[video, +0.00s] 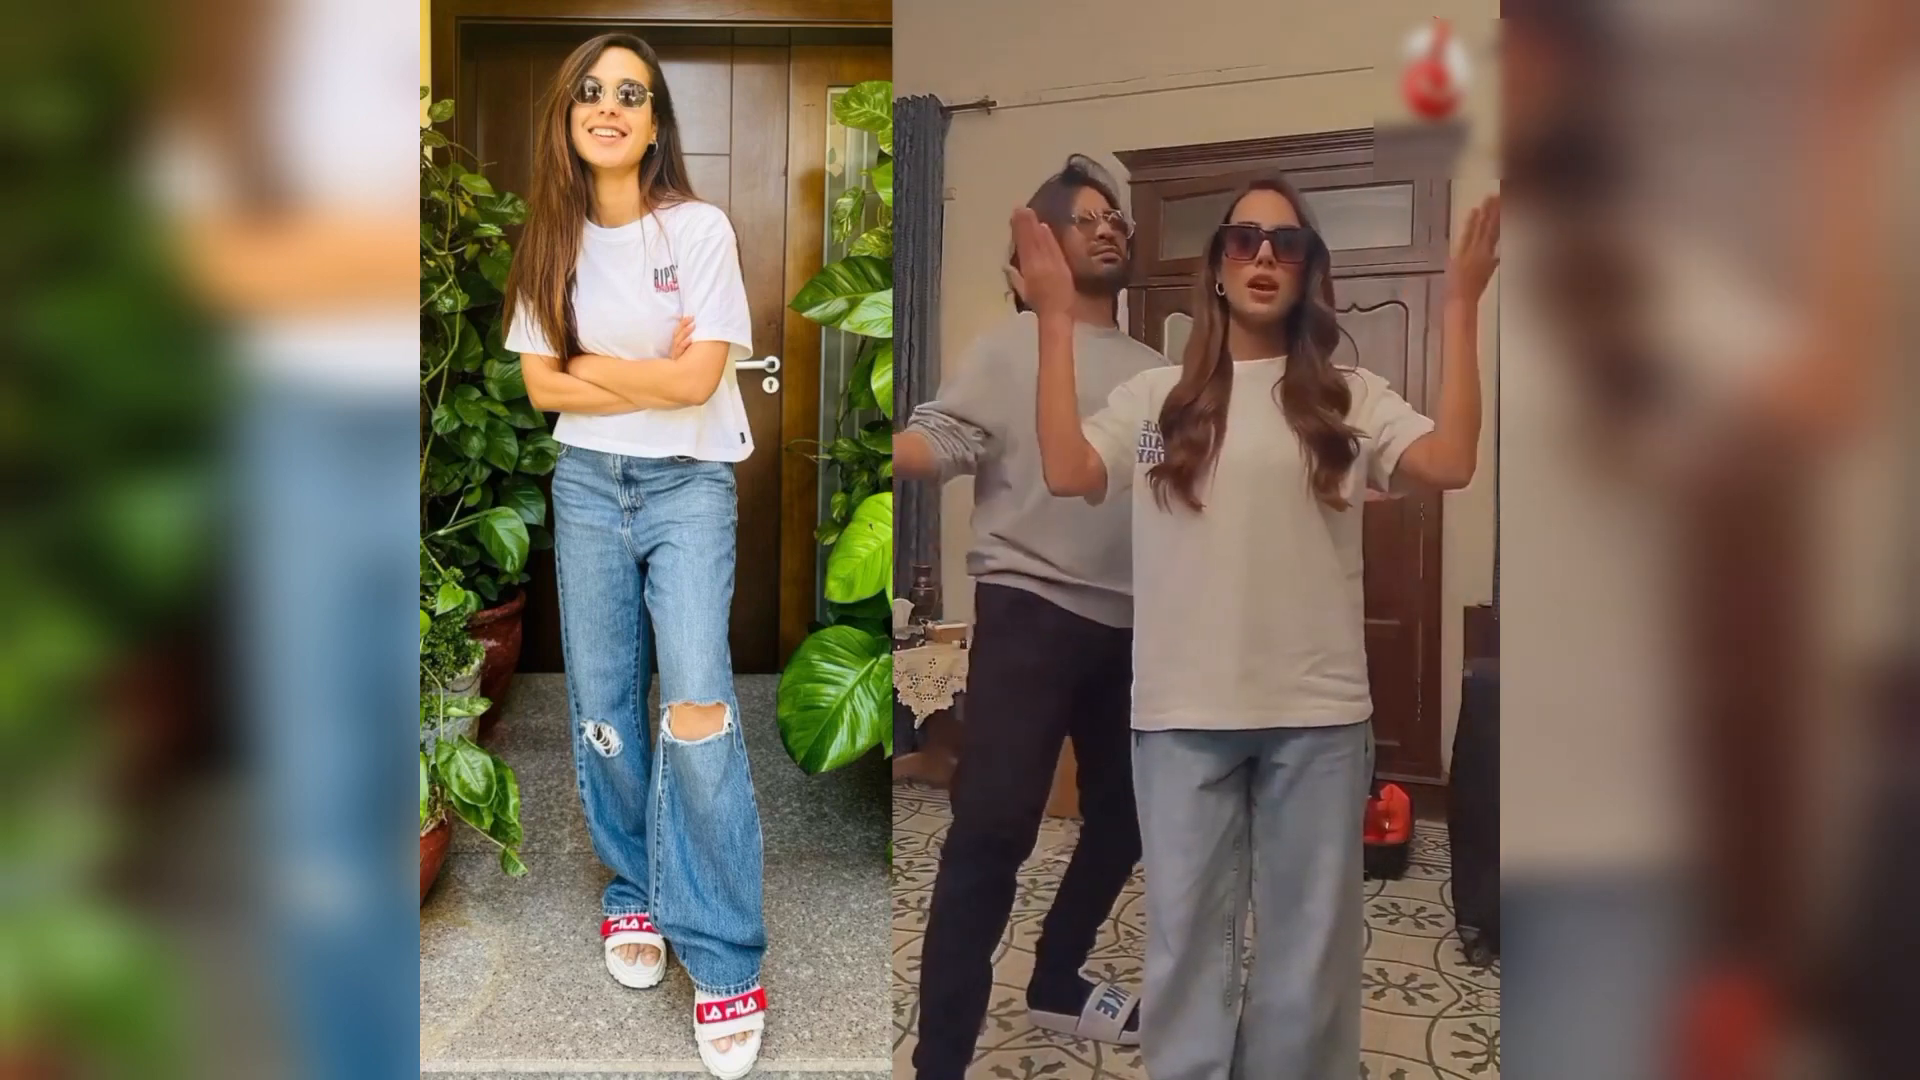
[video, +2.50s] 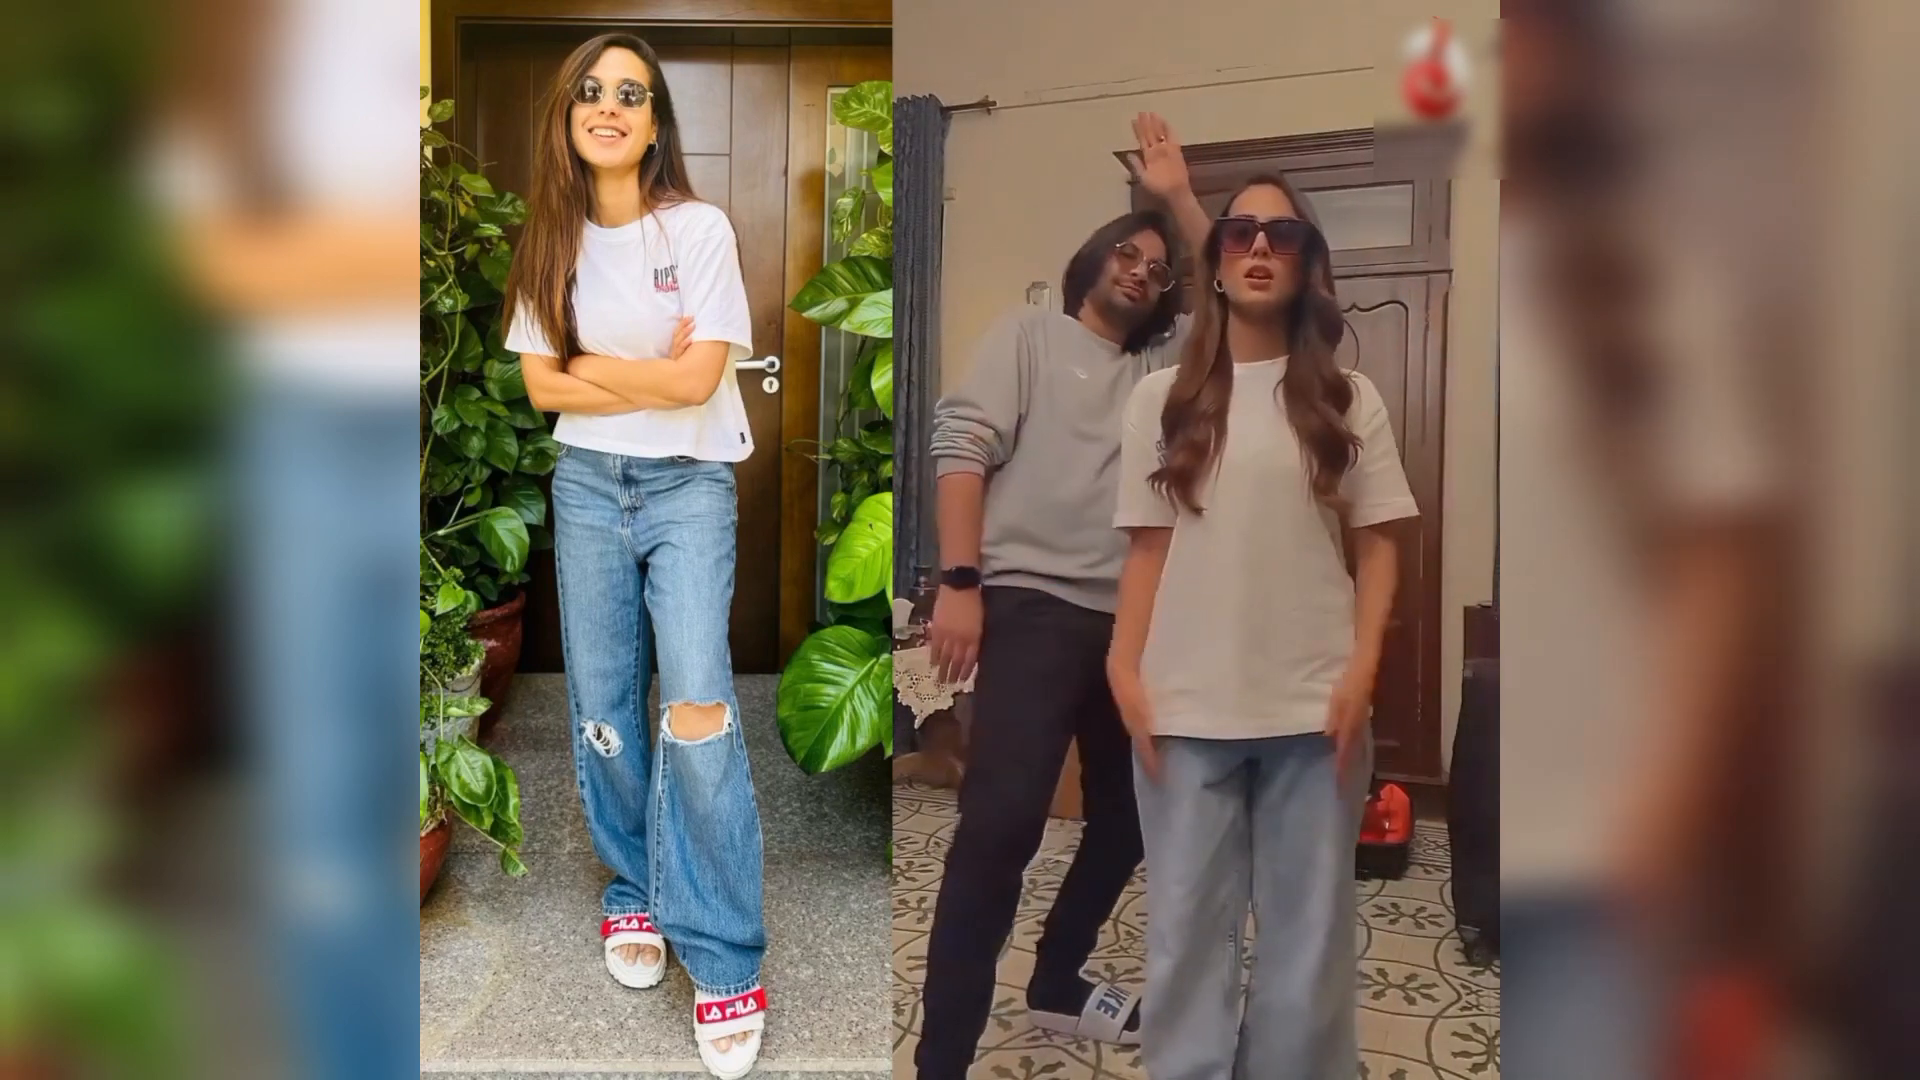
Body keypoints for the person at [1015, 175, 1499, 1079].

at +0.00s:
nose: (1264, 256)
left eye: (1286, 243)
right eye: (1245, 240)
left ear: (1311, 271)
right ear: (1217, 266)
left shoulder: (1346, 392)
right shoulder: (1160, 391)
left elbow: (1452, 464)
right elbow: (1069, 470)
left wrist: (1463, 303)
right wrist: (1054, 311)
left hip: (1319, 717)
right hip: (1182, 719)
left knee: (1311, 960)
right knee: (1182, 950)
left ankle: (1295, 1072)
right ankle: (1185, 1068)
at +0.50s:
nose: (1266, 248)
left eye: (1286, 236)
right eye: (1247, 234)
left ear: (1311, 263)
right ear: (1217, 258)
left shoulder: (1347, 392)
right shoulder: (1159, 391)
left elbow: (1384, 537)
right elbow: (1105, 531)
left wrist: (1471, 451)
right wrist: (1026, 446)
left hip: (1320, 707)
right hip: (1184, 708)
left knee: (1315, 944)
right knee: (1185, 938)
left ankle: (1294, 1075)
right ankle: (1186, 1069)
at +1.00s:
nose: (1259, 251)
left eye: (1280, 239)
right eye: (1239, 237)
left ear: (1305, 267)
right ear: (1212, 262)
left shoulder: (1348, 393)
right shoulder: (1156, 395)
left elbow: (1422, 520)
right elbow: (1133, 538)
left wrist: (1344, 506)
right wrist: (1217, 504)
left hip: (1321, 714)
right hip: (1183, 716)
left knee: (1314, 955)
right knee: (1184, 947)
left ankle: (1292, 1074)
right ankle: (1186, 1071)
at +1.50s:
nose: (1263, 247)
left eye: (1284, 236)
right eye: (1244, 234)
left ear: (1311, 265)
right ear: (1214, 261)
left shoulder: (1345, 391)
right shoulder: (1160, 394)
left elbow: (1429, 522)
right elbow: (1082, 517)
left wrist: (1462, 382)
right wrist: (1031, 389)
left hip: (1322, 712)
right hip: (1183, 713)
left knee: (1314, 953)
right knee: (1184, 946)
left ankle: (1296, 1074)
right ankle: (1184, 1069)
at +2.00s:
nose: (1263, 245)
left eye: (1285, 234)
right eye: (1245, 231)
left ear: (1312, 264)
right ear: (1215, 258)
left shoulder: (1350, 394)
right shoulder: (1155, 392)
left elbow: (1387, 549)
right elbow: (1117, 538)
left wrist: (1449, 444)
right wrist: (1055, 440)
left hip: (1318, 709)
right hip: (1181, 709)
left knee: (1312, 946)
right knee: (1183, 941)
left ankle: (1295, 1074)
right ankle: (1185, 1068)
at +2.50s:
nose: (1261, 246)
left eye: (1283, 235)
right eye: (1241, 233)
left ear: (1308, 267)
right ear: (1215, 262)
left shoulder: (1349, 395)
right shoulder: (1162, 393)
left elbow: (1378, 547)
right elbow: (1147, 545)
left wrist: (1360, 675)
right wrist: (1124, 665)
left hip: (1315, 712)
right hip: (1183, 712)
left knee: (1310, 952)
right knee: (1184, 945)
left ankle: (1293, 1070)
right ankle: (1185, 1066)